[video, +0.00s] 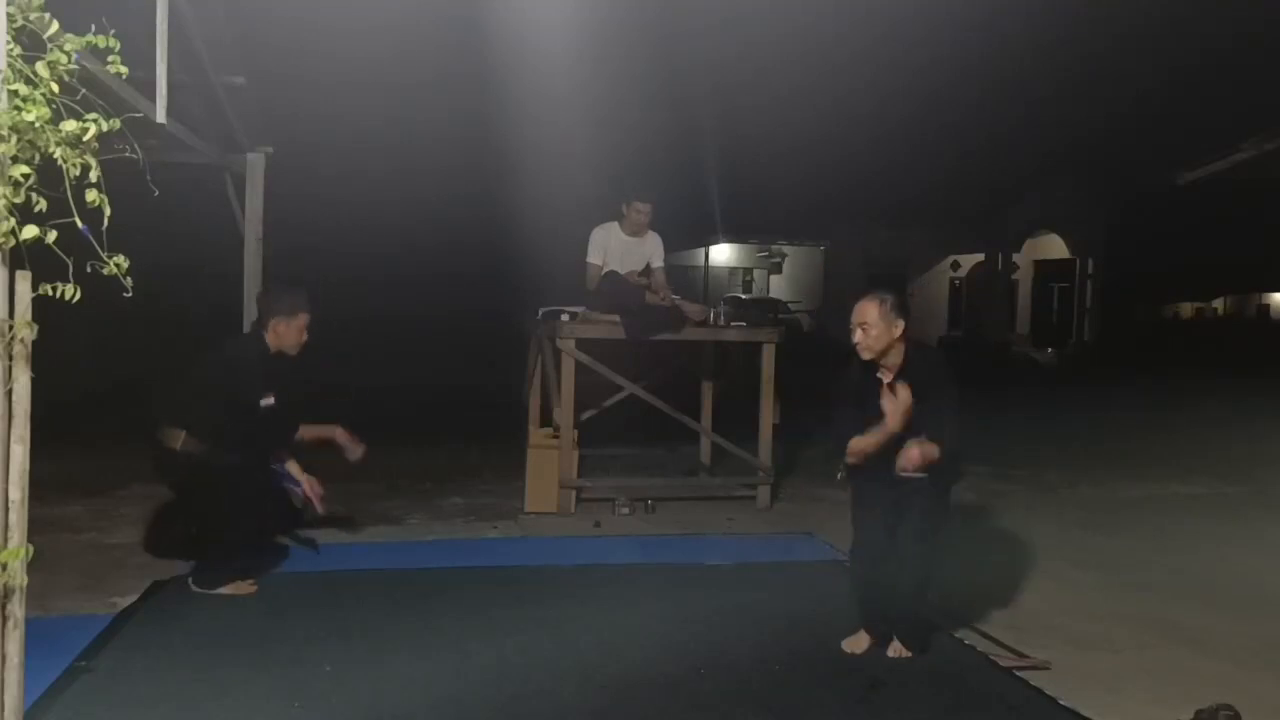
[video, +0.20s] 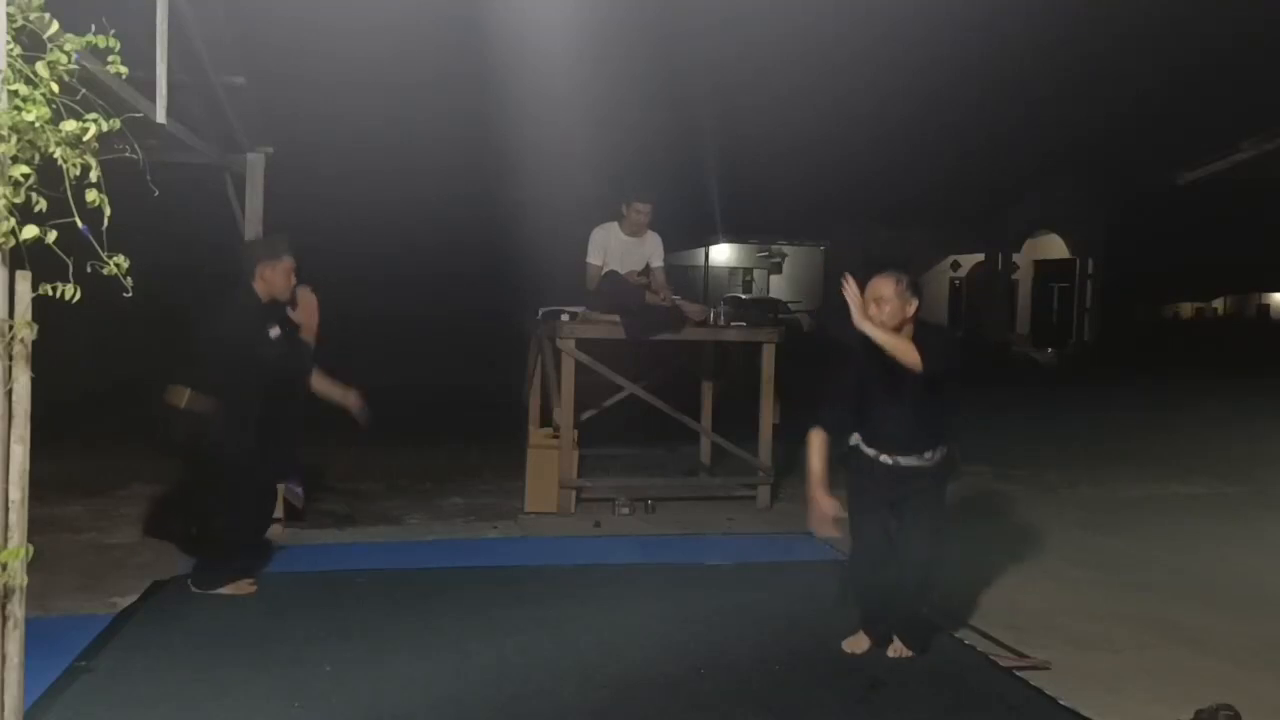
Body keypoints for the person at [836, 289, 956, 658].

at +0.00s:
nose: (857, 338)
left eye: (866, 327)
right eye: (854, 328)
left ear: (897, 328)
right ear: (851, 330)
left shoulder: (930, 369)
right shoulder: (855, 375)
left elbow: (949, 438)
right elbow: (848, 452)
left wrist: (924, 454)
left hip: (919, 484)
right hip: (869, 482)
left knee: (913, 557)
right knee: (868, 552)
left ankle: (909, 633)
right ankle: (871, 626)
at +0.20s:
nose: (874, 311)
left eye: (883, 302)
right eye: (869, 303)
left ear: (911, 306)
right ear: (863, 307)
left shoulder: (937, 343)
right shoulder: (856, 352)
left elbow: (922, 362)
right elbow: (821, 423)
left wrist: (863, 325)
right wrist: (819, 493)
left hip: (922, 472)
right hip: (869, 467)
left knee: (915, 554)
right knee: (868, 551)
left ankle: (908, 630)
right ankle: (872, 626)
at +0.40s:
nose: (875, 233)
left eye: (886, 225)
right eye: (873, 226)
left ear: (916, 234)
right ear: (869, 235)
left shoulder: (939, 278)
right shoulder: (858, 284)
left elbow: (907, 296)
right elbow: (798, 298)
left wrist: (842, 287)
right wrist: (734, 288)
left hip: (922, 421)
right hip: (864, 418)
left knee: (912, 523)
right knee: (864, 521)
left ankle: (901, 623)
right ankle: (868, 619)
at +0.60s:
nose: (880, 217)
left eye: (892, 209)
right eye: (877, 210)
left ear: (920, 220)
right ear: (872, 221)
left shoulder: (936, 265)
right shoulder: (860, 261)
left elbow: (896, 285)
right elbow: (785, 264)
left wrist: (828, 286)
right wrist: (821, 223)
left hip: (915, 410)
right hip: (859, 406)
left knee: (906, 513)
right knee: (862, 511)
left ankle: (898, 620)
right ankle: (868, 614)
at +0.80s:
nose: (879, 220)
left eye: (891, 212)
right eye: (877, 214)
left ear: (920, 221)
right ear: (874, 223)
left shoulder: (939, 267)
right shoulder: (857, 271)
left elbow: (896, 277)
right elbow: (800, 299)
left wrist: (833, 267)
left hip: (915, 413)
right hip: (856, 410)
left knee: (905, 516)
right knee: (853, 513)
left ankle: (896, 623)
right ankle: (867, 615)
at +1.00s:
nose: (866, 222)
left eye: (878, 213)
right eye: (864, 215)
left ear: (908, 223)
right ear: (861, 227)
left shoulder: (929, 269)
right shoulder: (853, 275)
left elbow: (888, 292)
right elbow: (825, 339)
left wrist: (825, 293)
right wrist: (853, 280)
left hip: (914, 411)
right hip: (857, 407)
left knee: (906, 515)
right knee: (858, 513)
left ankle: (895, 620)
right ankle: (869, 617)